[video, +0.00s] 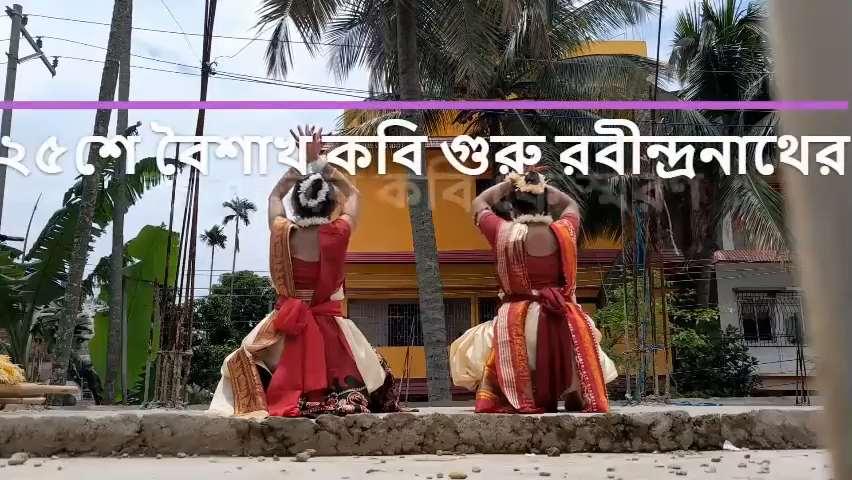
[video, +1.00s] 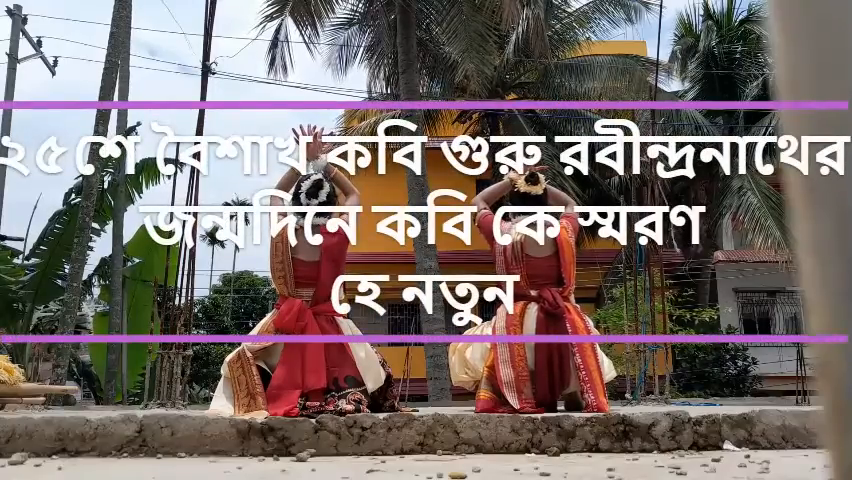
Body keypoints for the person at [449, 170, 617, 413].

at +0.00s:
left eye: (509, 207)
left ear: (512, 209)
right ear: (546, 208)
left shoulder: (503, 233)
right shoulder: (564, 232)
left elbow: (479, 203)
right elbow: (570, 204)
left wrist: (507, 184)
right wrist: (544, 187)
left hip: (518, 319)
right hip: (564, 320)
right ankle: (575, 391)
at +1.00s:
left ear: (512, 210)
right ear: (545, 207)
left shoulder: (503, 233)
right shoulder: (563, 232)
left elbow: (480, 201)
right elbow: (569, 204)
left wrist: (509, 182)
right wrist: (542, 187)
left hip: (518, 317)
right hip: (561, 316)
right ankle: (573, 392)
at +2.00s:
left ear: (511, 211)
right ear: (544, 207)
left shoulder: (503, 234)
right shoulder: (562, 233)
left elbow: (479, 200)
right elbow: (570, 202)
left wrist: (507, 182)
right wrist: (542, 185)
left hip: (518, 319)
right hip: (561, 318)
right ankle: (574, 394)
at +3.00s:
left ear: (510, 206)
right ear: (544, 204)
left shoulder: (502, 233)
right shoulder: (562, 231)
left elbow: (479, 197)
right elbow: (566, 200)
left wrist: (505, 171)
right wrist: (540, 176)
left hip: (517, 320)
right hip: (562, 319)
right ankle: (575, 395)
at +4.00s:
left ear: (511, 207)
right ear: (544, 207)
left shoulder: (495, 236)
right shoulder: (566, 235)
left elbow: (444, 233)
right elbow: (610, 226)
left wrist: (441, 197)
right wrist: (596, 196)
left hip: (512, 323)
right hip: (561, 321)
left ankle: (490, 393)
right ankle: (575, 394)